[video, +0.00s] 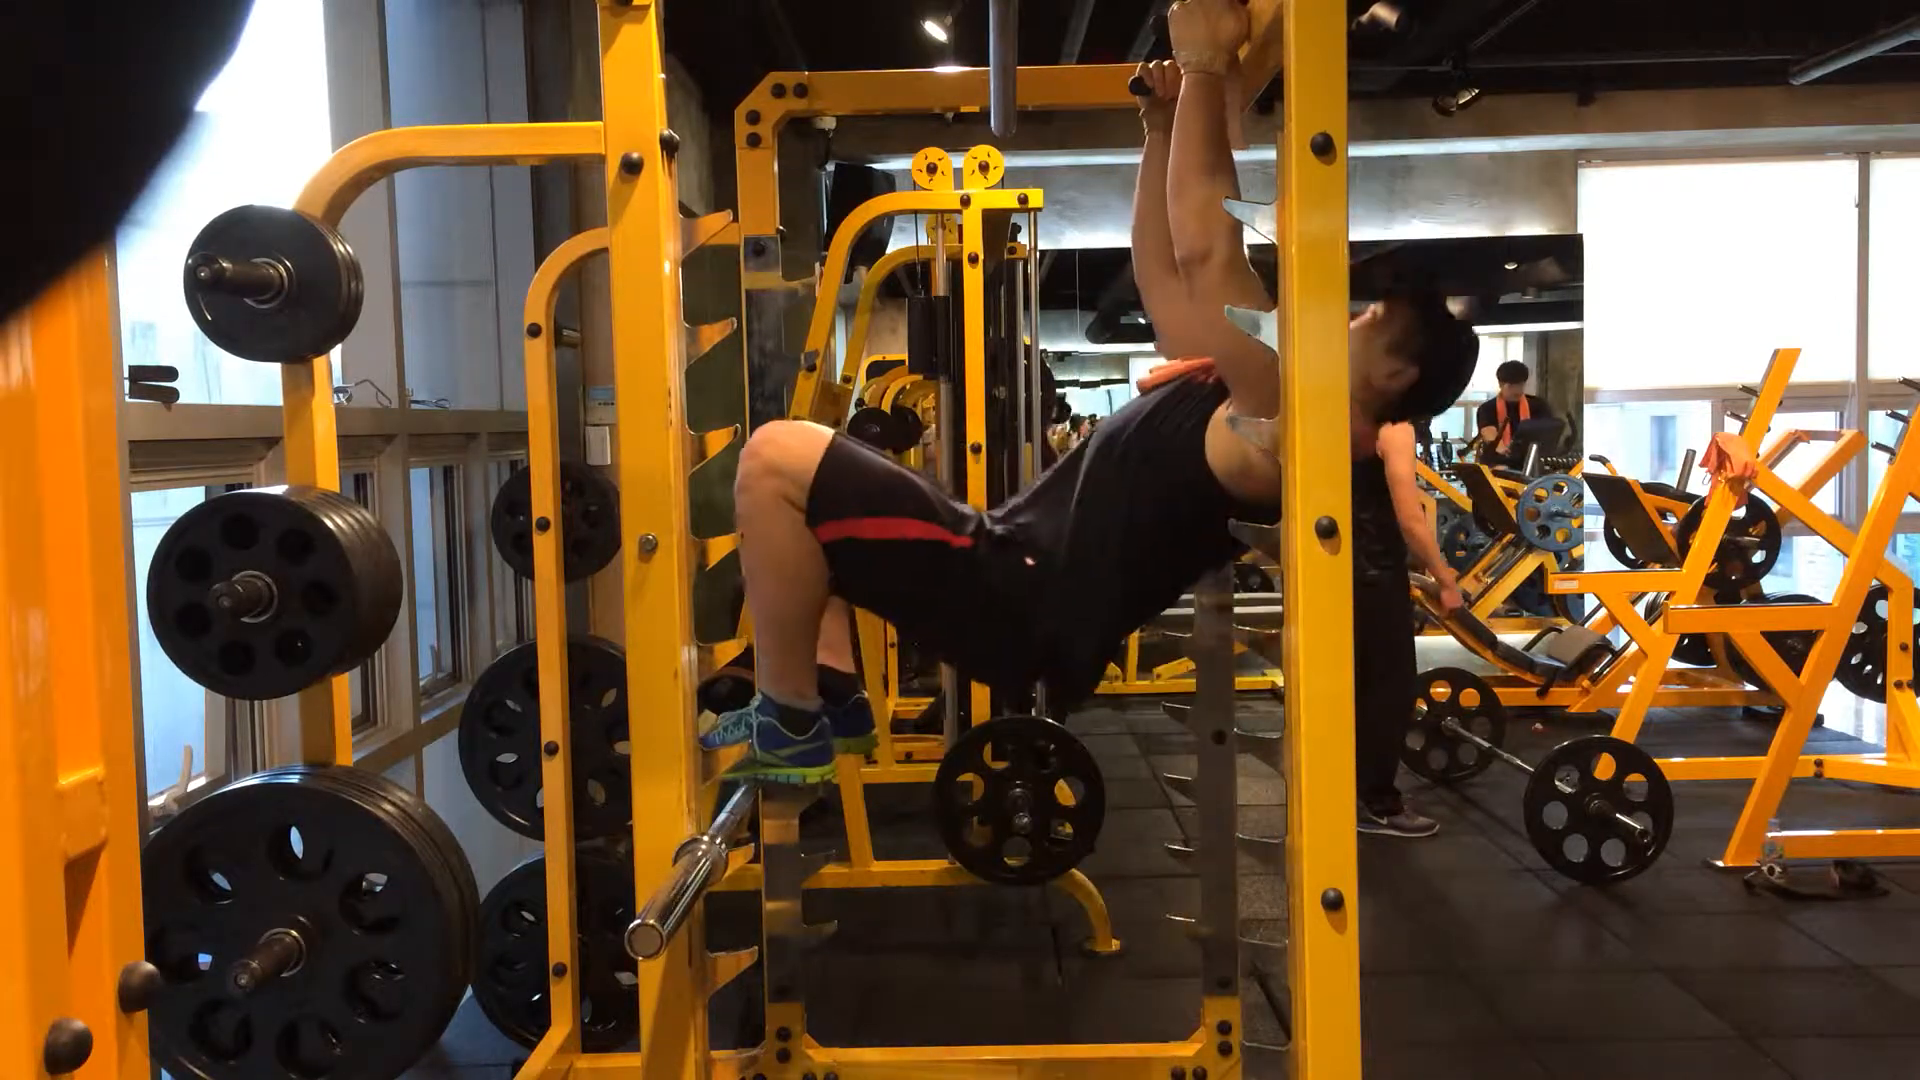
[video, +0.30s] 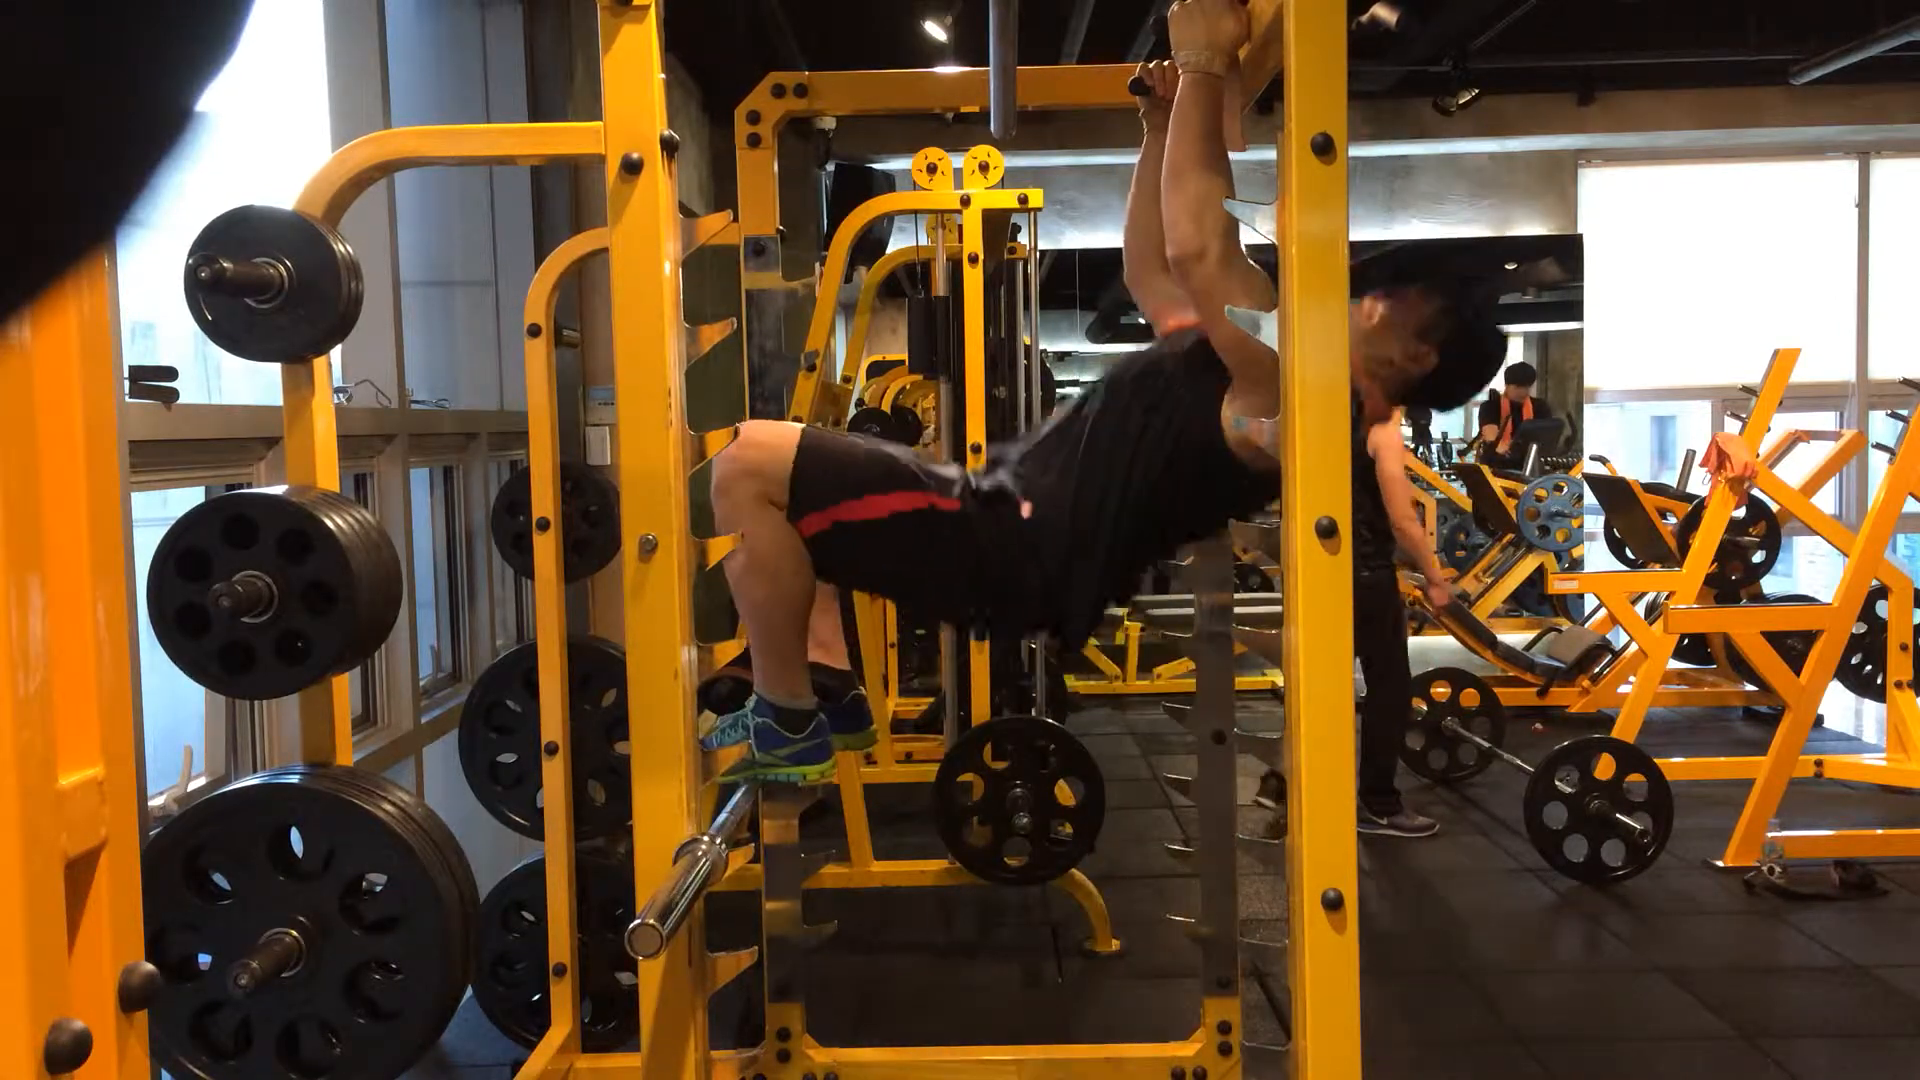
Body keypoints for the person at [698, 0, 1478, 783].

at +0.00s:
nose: (1342, 316)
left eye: (1366, 316)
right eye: (1360, 307)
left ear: (1387, 357)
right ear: (1374, 344)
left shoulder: (1302, 424)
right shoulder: (1271, 400)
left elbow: (1208, 257)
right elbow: (1165, 291)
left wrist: (1209, 71)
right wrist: (1160, 127)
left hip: (1027, 614)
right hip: (1018, 568)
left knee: (770, 465)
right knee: (803, 452)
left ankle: (788, 718)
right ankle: (828, 687)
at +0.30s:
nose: (1367, 299)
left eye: (1389, 305)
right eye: (1386, 293)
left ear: (1402, 351)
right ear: (1380, 321)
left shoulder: (1309, 412)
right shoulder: (1258, 373)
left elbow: (1212, 261)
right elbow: (1153, 281)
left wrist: (1211, 66)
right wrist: (1155, 130)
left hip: (1019, 552)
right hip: (1003, 512)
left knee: (749, 466)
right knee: (766, 452)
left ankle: (784, 716)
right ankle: (822, 674)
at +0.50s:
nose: (1390, 183)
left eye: (1411, 192)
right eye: (1405, 177)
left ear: (1422, 250)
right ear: (1396, 216)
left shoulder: (1338, 279)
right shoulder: (1329, 271)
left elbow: (1196, 252)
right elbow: (1152, 239)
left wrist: (1212, 72)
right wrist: (1166, 117)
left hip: (1041, 429)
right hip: (1035, 401)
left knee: (746, 465)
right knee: (775, 434)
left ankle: (780, 716)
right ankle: (822, 672)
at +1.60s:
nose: (1387, 104)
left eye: (1417, 121)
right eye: (1396, 92)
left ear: (1423, 188)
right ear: (1369, 99)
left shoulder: (1338, 233)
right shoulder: (1302, 171)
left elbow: (1183, 238)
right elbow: (1178, 172)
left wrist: (1208, 61)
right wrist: (1210, 87)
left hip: (1041, 387)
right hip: (1013, 349)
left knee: (745, 464)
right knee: (750, 434)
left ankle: (781, 717)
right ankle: (823, 676)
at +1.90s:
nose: (1365, 153)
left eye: (1389, 164)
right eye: (1380, 145)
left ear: (1391, 253)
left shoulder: (1331, 283)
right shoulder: (1303, 267)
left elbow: (1187, 246)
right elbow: (1139, 247)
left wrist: (1204, 65)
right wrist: (1173, 106)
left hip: (1024, 454)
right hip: (1011, 423)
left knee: (739, 465)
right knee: (758, 439)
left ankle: (781, 713)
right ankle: (825, 673)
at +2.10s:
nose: (1318, 235)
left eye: (1351, 235)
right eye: (1341, 223)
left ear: (1381, 291)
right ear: (1365, 280)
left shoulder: (1302, 383)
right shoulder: (1256, 340)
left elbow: (1187, 262)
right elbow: (1134, 277)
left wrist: (1199, 73)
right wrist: (1158, 126)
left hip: (1017, 543)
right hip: (1003, 499)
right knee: (762, 440)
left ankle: (780, 713)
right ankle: (826, 675)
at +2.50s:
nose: (1352, 178)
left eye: (1378, 179)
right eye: (1367, 169)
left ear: (1397, 223)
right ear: (1379, 216)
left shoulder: (1316, 290)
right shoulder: (1306, 297)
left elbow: (1179, 245)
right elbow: (1140, 242)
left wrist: (1203, 69)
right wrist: (1176, 97)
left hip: (1003, 464)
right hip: (1010, 444)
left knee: (731, 475)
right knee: (749, 435)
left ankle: (780, 713)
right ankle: (821, 669)